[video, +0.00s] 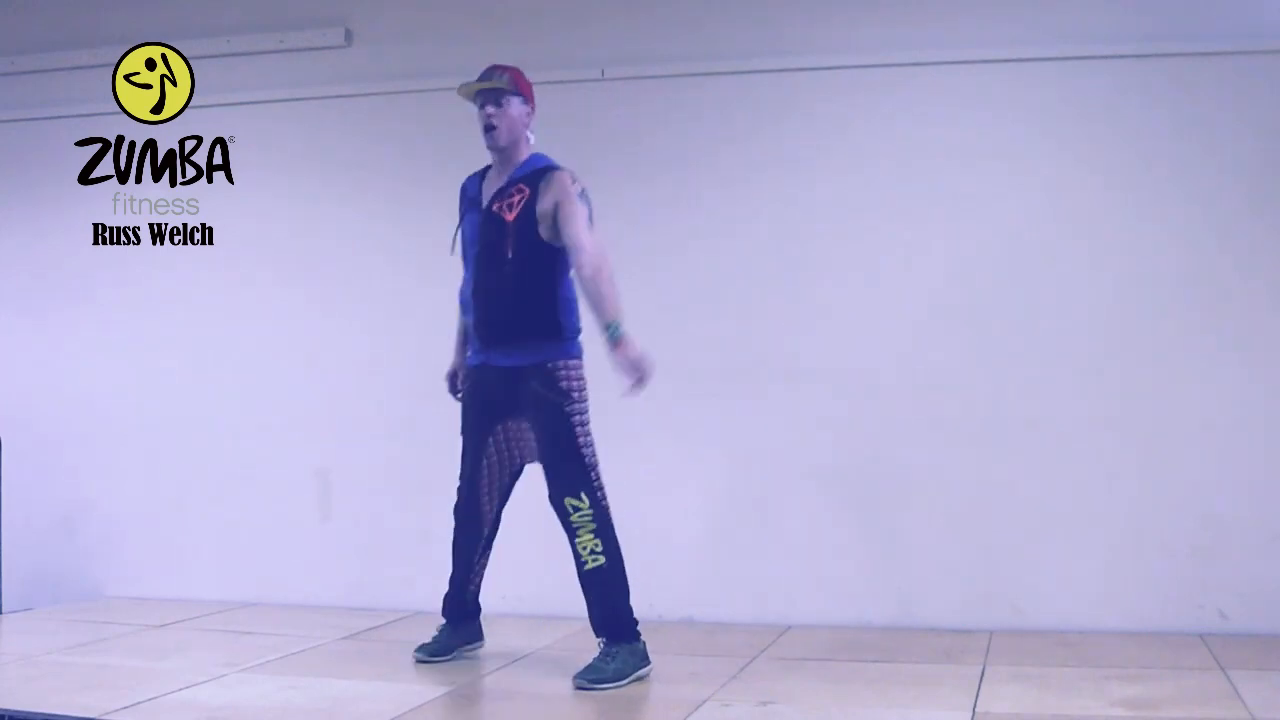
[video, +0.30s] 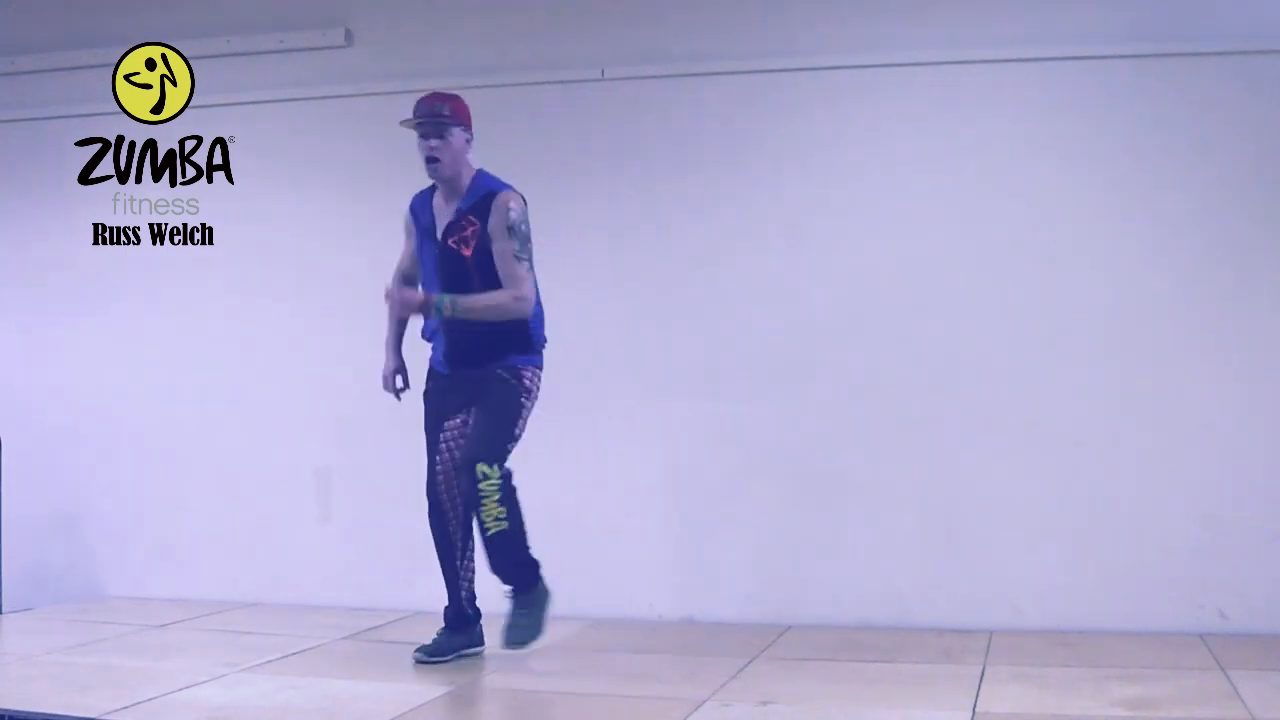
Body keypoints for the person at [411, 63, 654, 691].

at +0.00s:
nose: (489, 113)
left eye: (500, 103)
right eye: (482, 105)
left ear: (528, 112)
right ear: (477, 117)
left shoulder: (558, 185)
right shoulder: (473, 189)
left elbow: (589, 263)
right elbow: (471, 280)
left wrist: (618, 338)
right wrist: (460, 353)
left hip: (551, 369)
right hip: (489, 373)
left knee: (580, 502)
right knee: (475, 499)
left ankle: (622, 642)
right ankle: (461, 623)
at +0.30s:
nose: (429, 146)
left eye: (440, 135)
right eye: (422, 137)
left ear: (467, 139)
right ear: (417, 143)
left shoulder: (503, 204)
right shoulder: (420, 207)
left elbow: (522, 299)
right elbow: (406, 279)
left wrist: (430, 303)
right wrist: (392, 348)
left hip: (509, 363)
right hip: (448, 367)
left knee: (479, 463)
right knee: (443, 484)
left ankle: (527, 586)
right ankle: (462, 621)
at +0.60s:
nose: (416, 137)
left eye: (425, 125)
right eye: (409, 129)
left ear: (454, 125)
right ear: (405, 137)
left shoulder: (492, 192)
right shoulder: (419, 198)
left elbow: (488, 285)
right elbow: (416, 278)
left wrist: (424, 230)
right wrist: (412, 328)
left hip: (492, 366)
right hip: (434, 367)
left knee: (474, 500)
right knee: (431, 498)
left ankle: (492, 622)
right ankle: (457, 622)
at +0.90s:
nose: (441, 112)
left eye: (449, 102)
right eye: (428, 104)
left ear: (465, 112)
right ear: (412, 119)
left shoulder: (494, 170)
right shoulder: (416, 194)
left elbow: (534, 242)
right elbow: (408, 261)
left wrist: (499, 328)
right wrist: (415, 314)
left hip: (507, 352)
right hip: (447, 360)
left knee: (523, 489)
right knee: (460, 494)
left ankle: (571, 633)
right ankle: (460, 624)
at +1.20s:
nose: (465, 124)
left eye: (474, 113)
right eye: (453, 117)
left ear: (493, 123)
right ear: (439, 136)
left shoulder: (530, 175)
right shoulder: (459, 207)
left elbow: (602, 180)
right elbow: (472, 278)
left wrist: (596, 148)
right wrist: (479, 336)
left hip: (552, 368)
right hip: (490, 371)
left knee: (543, 508)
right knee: (430, 482)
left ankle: (581, 648)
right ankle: (477, 587)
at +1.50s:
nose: (488, 99)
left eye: (499, 89)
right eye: (477, 92)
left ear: (521, 101)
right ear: (465, 110)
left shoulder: (553, 162)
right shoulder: (467, 186)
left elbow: (623, 210)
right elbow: (460, 262)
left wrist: (574, 140)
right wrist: (467, 325)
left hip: (558, 358)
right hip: (498, 362)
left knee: (562, 503)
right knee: (519, 504)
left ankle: (585, 648)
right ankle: (579, 638)